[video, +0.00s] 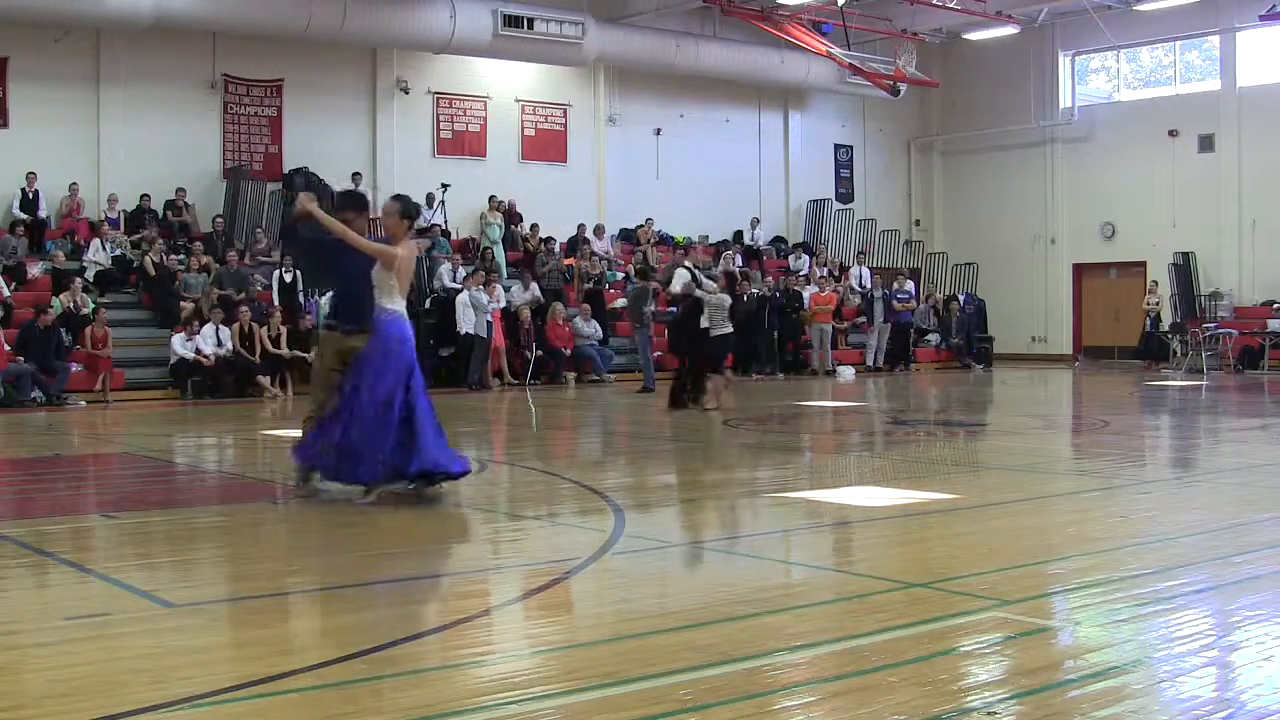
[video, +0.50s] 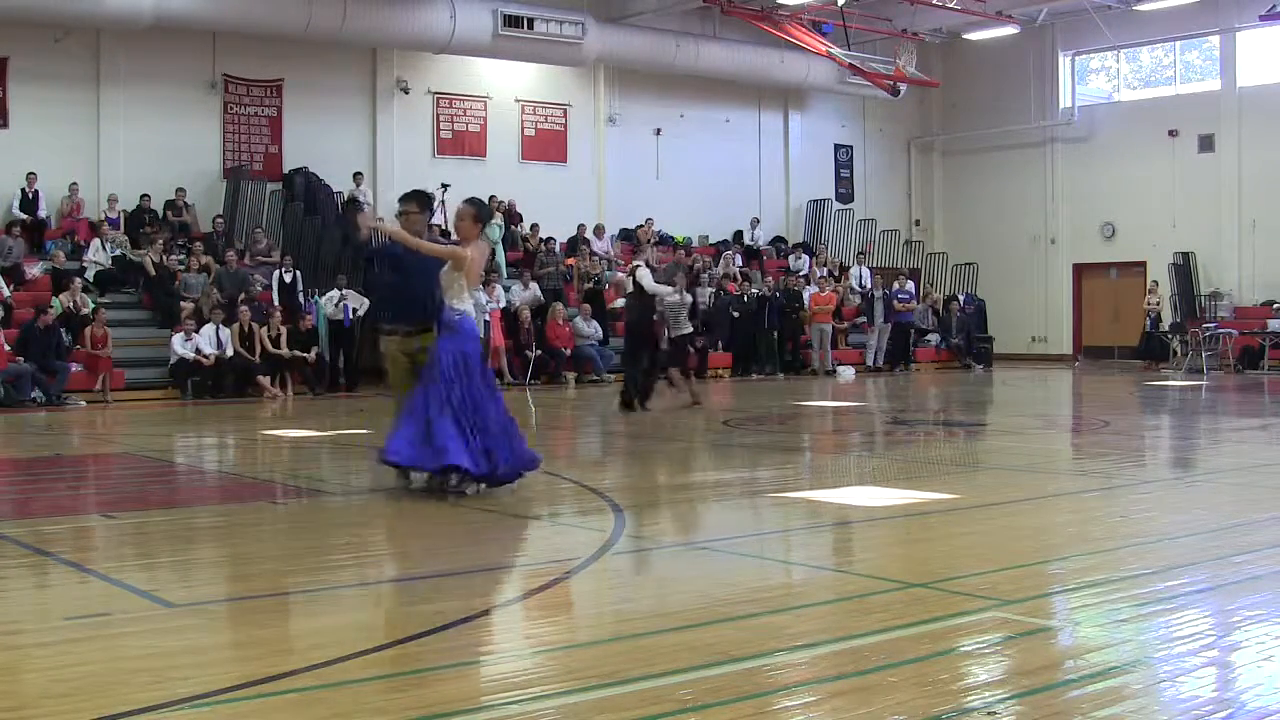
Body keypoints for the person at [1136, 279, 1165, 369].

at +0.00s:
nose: (1151, 288)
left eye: (1153, 286)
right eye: (1150, 286)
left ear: (1157, 287)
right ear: (1149, 287)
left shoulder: (1159, 296)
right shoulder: (1147, 296)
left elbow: (1160, 308)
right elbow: (1143, 306)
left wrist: (1149, 308)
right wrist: (1153, 307)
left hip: (1156, 318)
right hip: (1148, 318)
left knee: (1156, 337)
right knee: (1147, 337)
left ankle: (1155, 360)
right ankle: (1147, 360)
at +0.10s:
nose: (1151, 288)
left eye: (1153, 286)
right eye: (1150, 286)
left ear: (1157, 287)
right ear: (1149, 287)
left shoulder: (1159, 296)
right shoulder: (1147, 296)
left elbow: (1160, 308)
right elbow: (1143, 306)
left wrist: (1149, 308)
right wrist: (1153, 307)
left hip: (1156, 318)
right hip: (1148, 318)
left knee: (1156, 337)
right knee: (1147, 337)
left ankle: (1155, 360)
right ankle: (1147, 360)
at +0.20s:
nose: (1151, 288)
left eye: (1153, 286)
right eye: (1150, 286)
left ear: (1157, 287)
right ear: (1149, 287)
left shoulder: (1159, 296)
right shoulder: (1147, 296)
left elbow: (1160, 308)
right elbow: (1143, 306)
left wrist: (1149, 308)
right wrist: (1153, 307)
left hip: (1156, 318)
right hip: (1148, 318)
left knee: (1156, 337)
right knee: (1147, 337)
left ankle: (1155, 360)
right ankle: (1147, 360)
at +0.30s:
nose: (1151, 288)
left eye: (1153, 286)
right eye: (1150, 286)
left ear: (1157, 287)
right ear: (1149, 287)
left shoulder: (1159, 296)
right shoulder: (1147, 297)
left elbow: (1160, 308)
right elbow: (1143, 306)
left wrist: (1149, 308)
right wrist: (1153, 307)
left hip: (1156, 318)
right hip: (1148, 318)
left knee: (1156, 338)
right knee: (1147, 337)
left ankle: (1155, 360)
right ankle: (1147, 360)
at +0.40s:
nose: (1152, 288)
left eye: (1153, 286)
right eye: (1150, 286)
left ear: (1157, 287)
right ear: (1149, 287)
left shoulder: (1160, 297)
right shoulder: (1148, 296)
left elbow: (1160, 308)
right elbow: (1144, 306)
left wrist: (1149, 308)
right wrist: (1154, 307)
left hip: (1156, 318)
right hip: (1149, 318)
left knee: (1156, 338)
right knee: (1148, 338)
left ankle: (1156, 361)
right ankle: (1148, 361)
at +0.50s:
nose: (1152, 288)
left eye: (1153, 286)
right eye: (1150, 286)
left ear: (1157, 287)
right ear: (1149, 287)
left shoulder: (1160, 297)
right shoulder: (1148, 296)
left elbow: (1160, 308)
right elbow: (1144, 306)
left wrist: (1149, 308)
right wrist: (1154, 307)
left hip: (1156, 318)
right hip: (1149, 318)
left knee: (1156, 338)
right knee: (1148, 338)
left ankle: (1156, 361)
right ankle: (1148, 361)